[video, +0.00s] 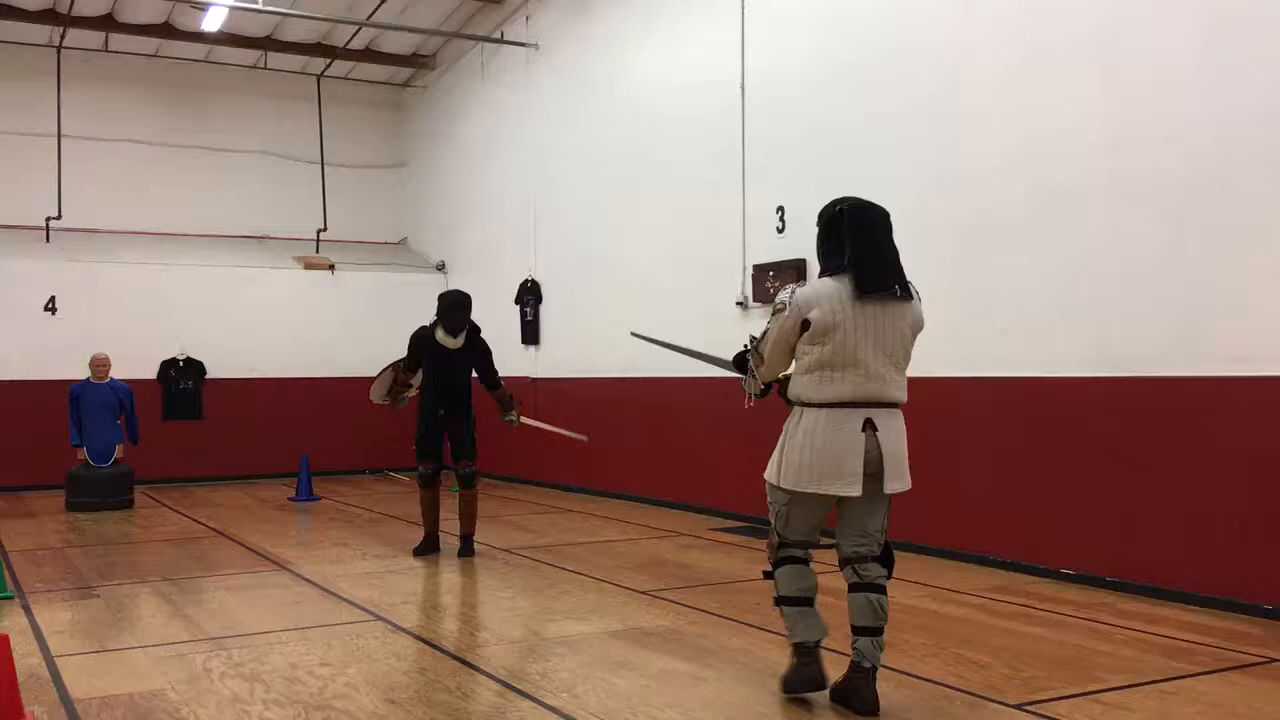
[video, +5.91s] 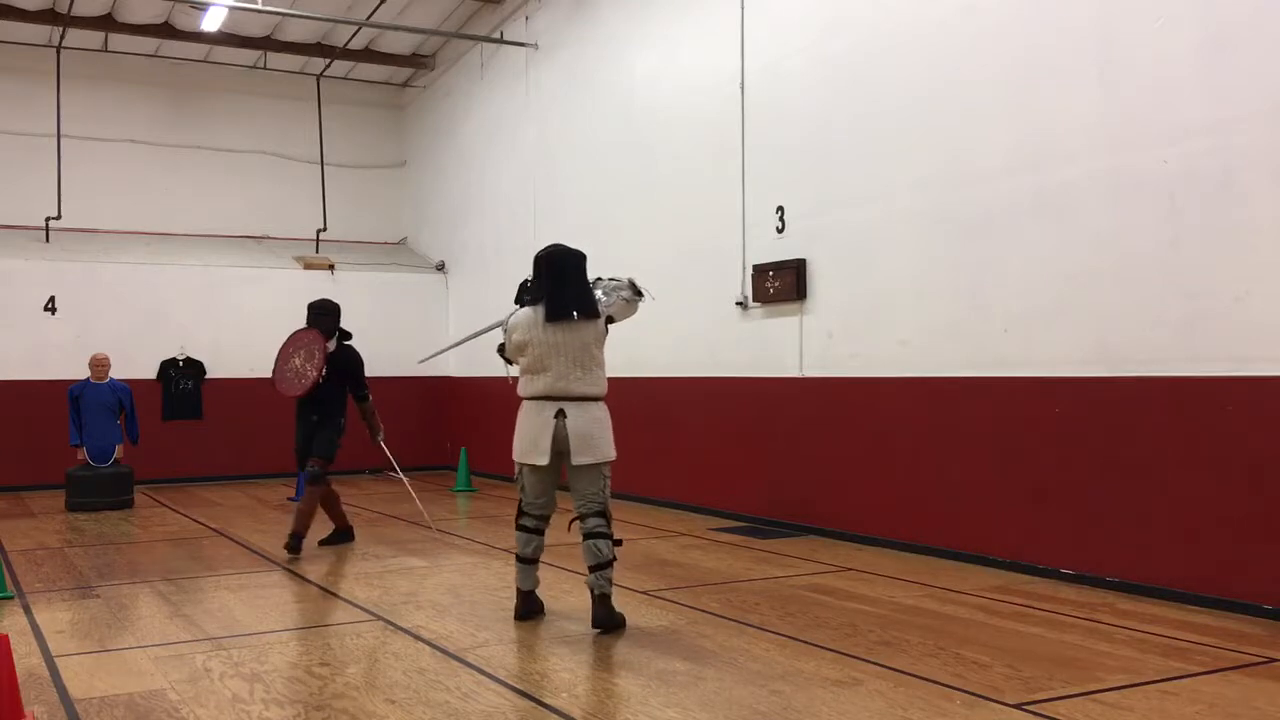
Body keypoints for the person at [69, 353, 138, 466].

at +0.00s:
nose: (100, 369)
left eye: (104, 366)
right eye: (97, 366)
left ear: (109, 367)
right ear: (90, 367)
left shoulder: (121, 389)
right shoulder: (78, 390)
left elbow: (129, 415)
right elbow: (74, 419)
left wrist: (133, 438)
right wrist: (78, 445)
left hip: (114, 446)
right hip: (87, 446)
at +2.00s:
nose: (100, 369)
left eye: (104, 366)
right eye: (97, 366)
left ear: (109, 367)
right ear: (90, 367)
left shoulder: (121, 390)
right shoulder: (77, 390)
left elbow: (129, 416)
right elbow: (74, 419)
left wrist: (133, 438)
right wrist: (78, 445)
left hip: (113, 445)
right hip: (87, 445)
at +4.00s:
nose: (100, 369)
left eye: (104, 366)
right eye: (97, 366)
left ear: (109, 367)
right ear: (90, 367)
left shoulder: (121, 389)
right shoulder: (77, 390)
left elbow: (130, 415)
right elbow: (74, 419)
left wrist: (133, 437)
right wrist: (78, 444)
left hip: (113, 444)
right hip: (88, 444)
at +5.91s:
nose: (100, 369)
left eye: (104, 366)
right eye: (96, 366)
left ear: (109, 367)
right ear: (89, 367)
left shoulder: (121, 389)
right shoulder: (77, 390)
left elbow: (130, 415)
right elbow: (74, 419)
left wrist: (133, 437)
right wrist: (78, 444)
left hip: (114, 445)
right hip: (87, 445)